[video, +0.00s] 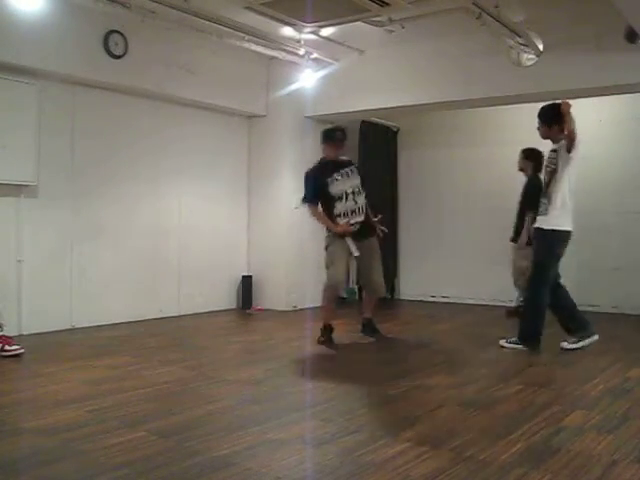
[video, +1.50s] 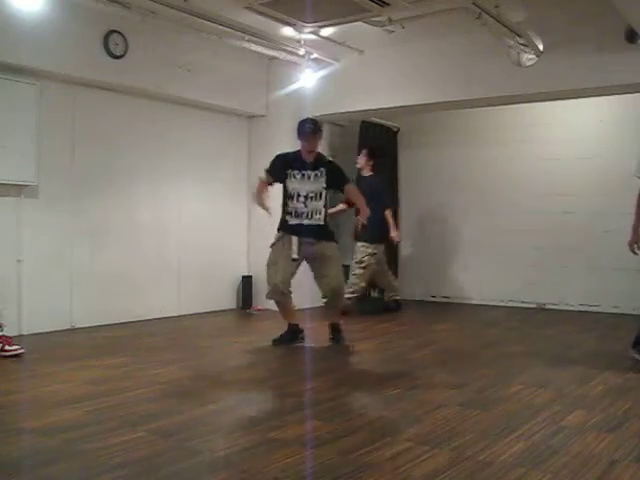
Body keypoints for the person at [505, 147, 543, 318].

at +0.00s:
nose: (518, 164)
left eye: (522, 160)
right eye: (520, 160)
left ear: (530, 163)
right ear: (532, 163)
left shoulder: (534, 182)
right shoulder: (532, 181)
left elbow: (531, 211)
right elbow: (528, 210)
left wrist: (525, 234)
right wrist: (520, 231)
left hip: (525, 237)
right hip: (523, 235)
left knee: (523, 271)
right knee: (522, 271)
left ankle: (523, 302)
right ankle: (521, 301)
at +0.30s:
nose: (486, 164)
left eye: (489, 161)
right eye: (487, 161)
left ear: (498, 164)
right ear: (499, 164)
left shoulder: (499, 184)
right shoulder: (497, 183)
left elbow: (508, 210)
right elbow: (481, 207)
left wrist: (515, 234)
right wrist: (459, 218)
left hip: (492, 240)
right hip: (500, 240)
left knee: (477, 272)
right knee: (509, 273)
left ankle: (460, 300)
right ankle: (523, 301)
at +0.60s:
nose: (452, 161)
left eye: (456, 158)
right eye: (454, 157)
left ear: (463, 161)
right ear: (465, 161)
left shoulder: (462, 183)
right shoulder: (465, 182)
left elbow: (455, 211)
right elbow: (457, 210)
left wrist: (445, 229)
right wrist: (448, 228)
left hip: (458, 234)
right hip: (461, 233)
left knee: (446, 262)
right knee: (452, 264)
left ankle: (455, 298)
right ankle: (463, 290)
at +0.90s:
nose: (421, 162)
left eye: (424, 159)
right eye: (422, 158)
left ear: (430, 162)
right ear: (434, 163)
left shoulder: (432, 183)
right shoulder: (431, 183)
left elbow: (418, 205)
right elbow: (437, 211)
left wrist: (396, 207)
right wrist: (445, 229)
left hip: (433, 238)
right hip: (421, 237)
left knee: (439, 272)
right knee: (410, 270)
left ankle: (451, 300)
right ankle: (397, 297)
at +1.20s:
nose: (387, 159)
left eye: (391, 156)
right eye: (389, 156)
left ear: (398, 161)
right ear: (398, 160)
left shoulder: (399, 181)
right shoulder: (398, 180)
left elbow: (396, 209)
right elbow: (395, 209)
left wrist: (397, 232)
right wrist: (391, 230)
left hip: (396, 234)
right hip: (395, 233)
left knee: (392, 267)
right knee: (395, 268)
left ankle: (419, 290)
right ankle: (396, 298)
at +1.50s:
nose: (357, 159)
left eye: (361, 157)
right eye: (359, 156)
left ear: (369, 161)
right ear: (365, 162)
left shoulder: (376, 181)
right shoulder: (360, 180)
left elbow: (386, 207)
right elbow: (349, 202)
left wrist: (393, 229)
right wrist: (328, 212)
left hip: (374, 230)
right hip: (365, 229)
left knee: (360, 267)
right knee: (378, 268)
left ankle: (349, 299)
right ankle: (393, 295)